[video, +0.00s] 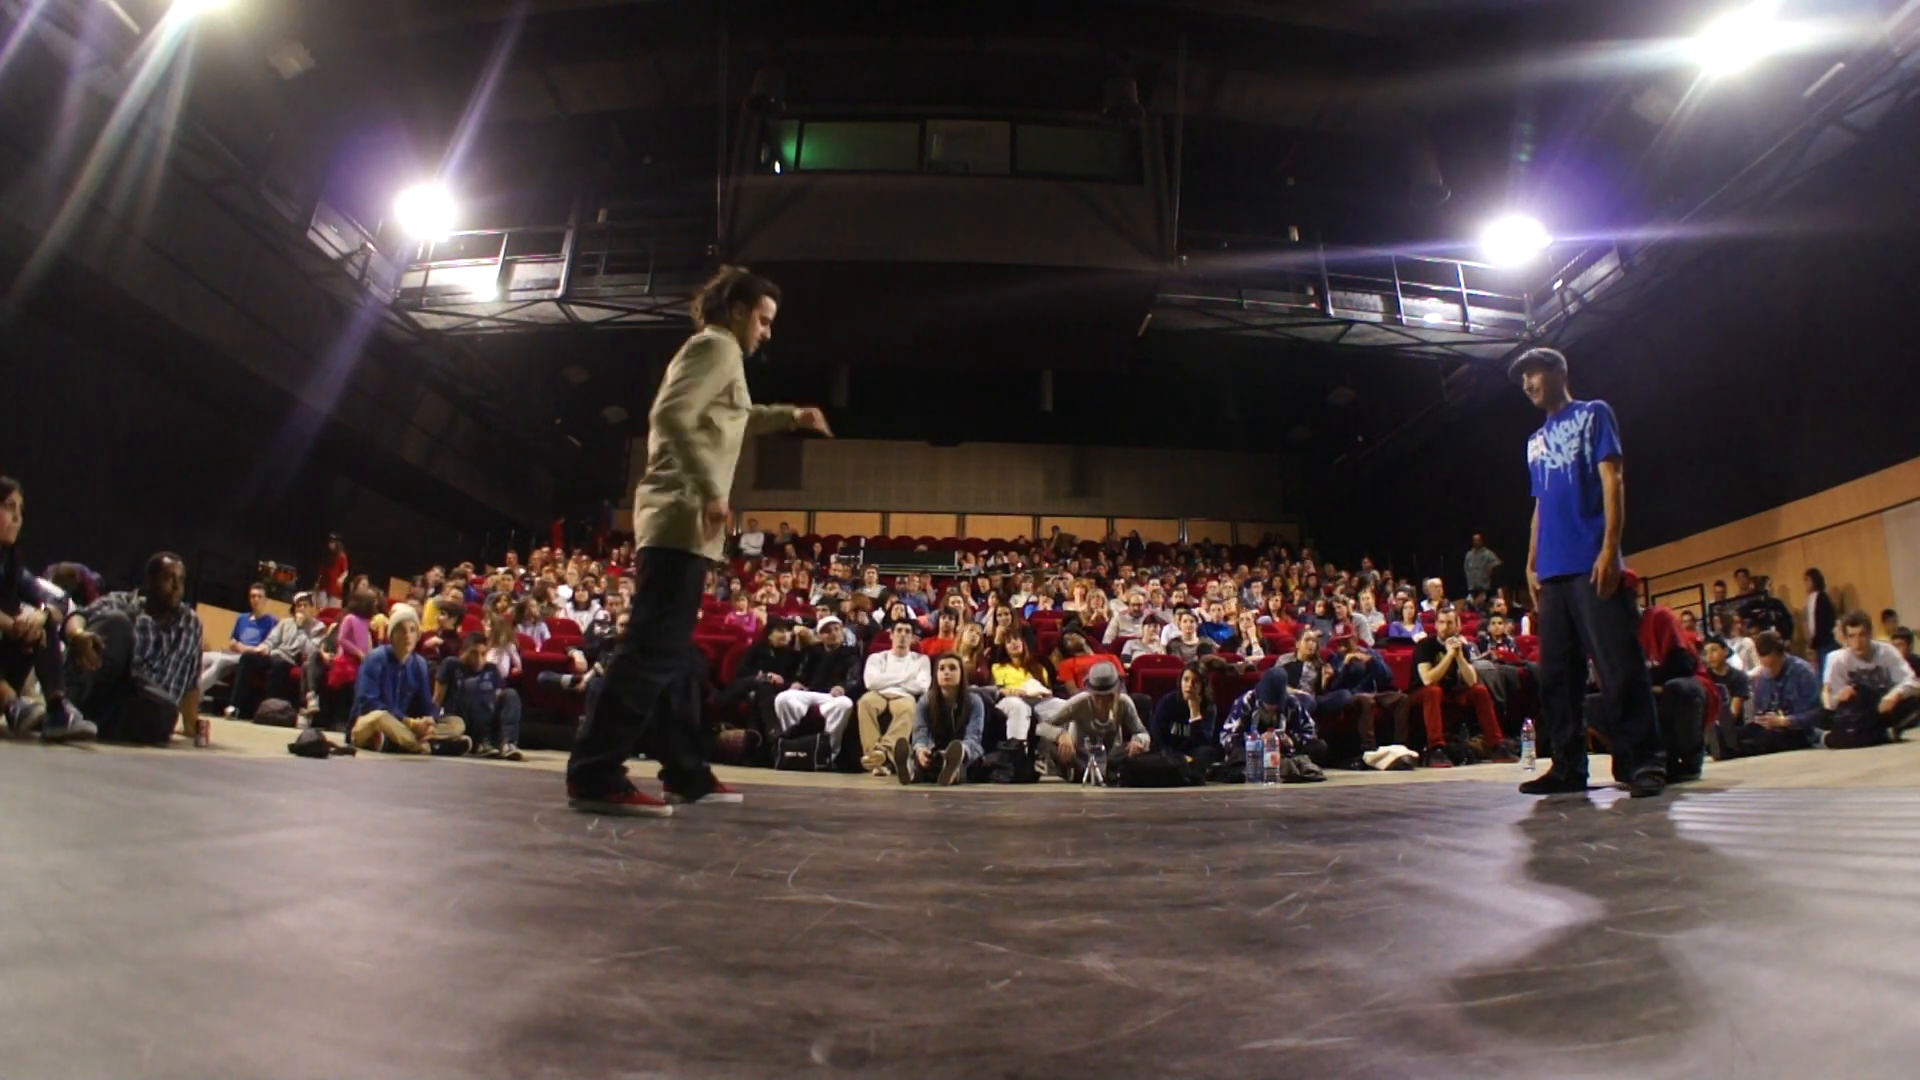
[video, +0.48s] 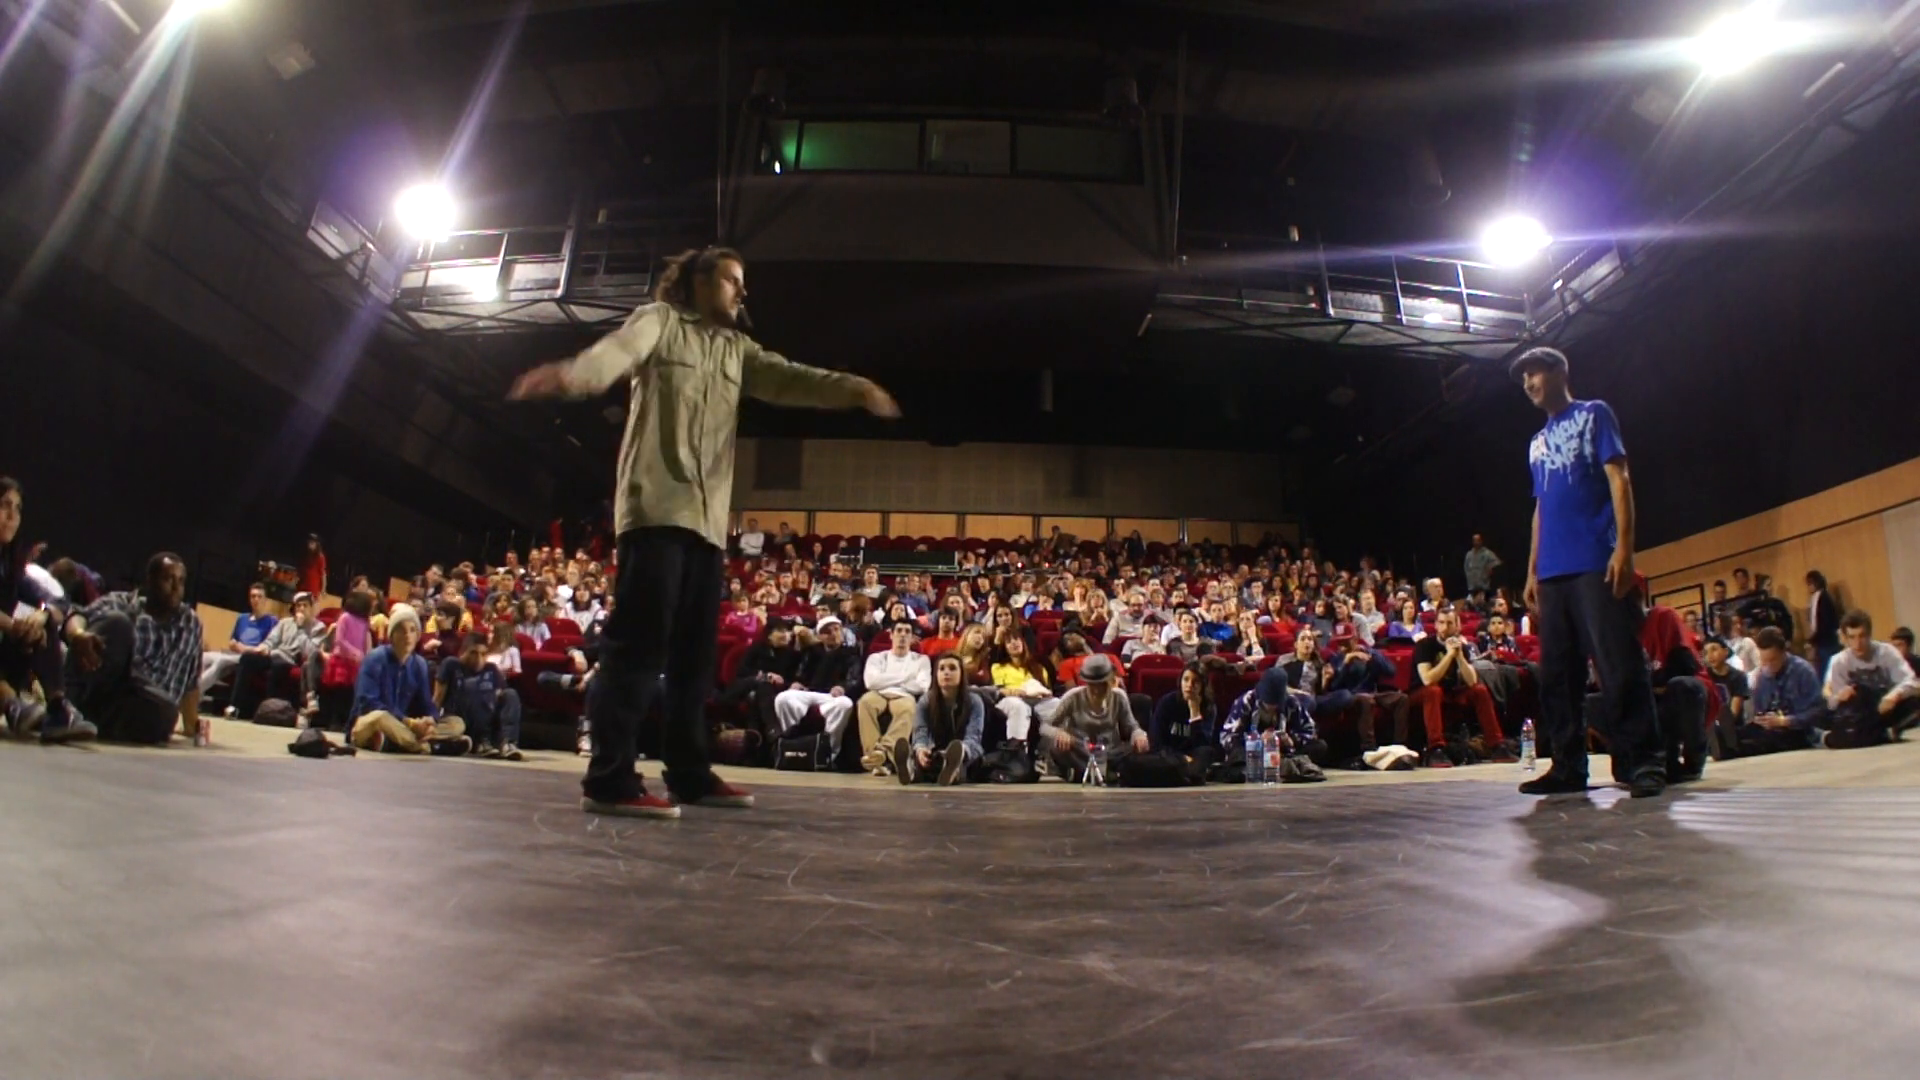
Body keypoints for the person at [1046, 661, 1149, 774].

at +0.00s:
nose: (1102, 701)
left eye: (1107, 696)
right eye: (1097, 696)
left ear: (1116, 691)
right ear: (1090, 691)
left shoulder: (1124, 702)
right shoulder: (1080, 702)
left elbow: (1142, 734)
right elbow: (1042, 727)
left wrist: (1137, 742)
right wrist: (1061, 735)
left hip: (1112, 757)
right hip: (1081, 757)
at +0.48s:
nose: (1097, 690)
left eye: (1102, 685)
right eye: (1092, 685)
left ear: (1111, 680)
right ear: (1086, 682)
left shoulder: (1119, 697)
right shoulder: (1073, 697)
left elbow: (1131, 727)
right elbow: (1044, 726)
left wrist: (1138, 733)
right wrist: (1058, 733)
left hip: (1111, 751)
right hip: (1081, 752)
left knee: (1138, 746)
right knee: (1059, 745)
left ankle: (1085, 773)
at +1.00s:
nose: (1094, 690)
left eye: (1099, 685)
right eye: (1089, 685)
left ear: (1108, 680)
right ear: (1082, 683)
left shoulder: (1117, 695)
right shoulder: (1071, 697)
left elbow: (1133, 728)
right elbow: (1054, 731)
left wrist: (1130, 741)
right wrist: (1062, 734)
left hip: (1111, 754)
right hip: (1079, 756)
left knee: (1139, 749)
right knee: (1057, 749)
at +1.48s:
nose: (1094, 689)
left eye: (1099, 684)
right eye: (1089, 685)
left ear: (1107, 680)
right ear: (1083, 683)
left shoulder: (1117, 695)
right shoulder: (1072, 695)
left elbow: (1136, 729)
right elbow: (1054, 731)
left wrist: (1129, 741)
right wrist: (1066, 735)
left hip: (1111, 758)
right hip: (1079, 759)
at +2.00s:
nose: (1094, 691)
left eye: (1099, 686)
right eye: (1089, 687)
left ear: (1108, 681)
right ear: (1082, 684)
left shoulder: (1117, 697)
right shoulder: (1070, 699)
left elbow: (1133, 730)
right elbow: (1051, 738)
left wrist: (1129, 742)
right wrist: (1063, 734)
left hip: (1110, 755)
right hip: (1078, 756)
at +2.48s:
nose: (1094, 689)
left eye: (1099, 684)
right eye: (1088, 684)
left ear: (1107, 680)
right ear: (1082, 682)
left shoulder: (1117, 696)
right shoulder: (1069, 698)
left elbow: (1132, 729)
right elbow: (1051, 736)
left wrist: (1129, 742)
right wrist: (1063, 735)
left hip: (1110, 756)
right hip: (1078, 756)